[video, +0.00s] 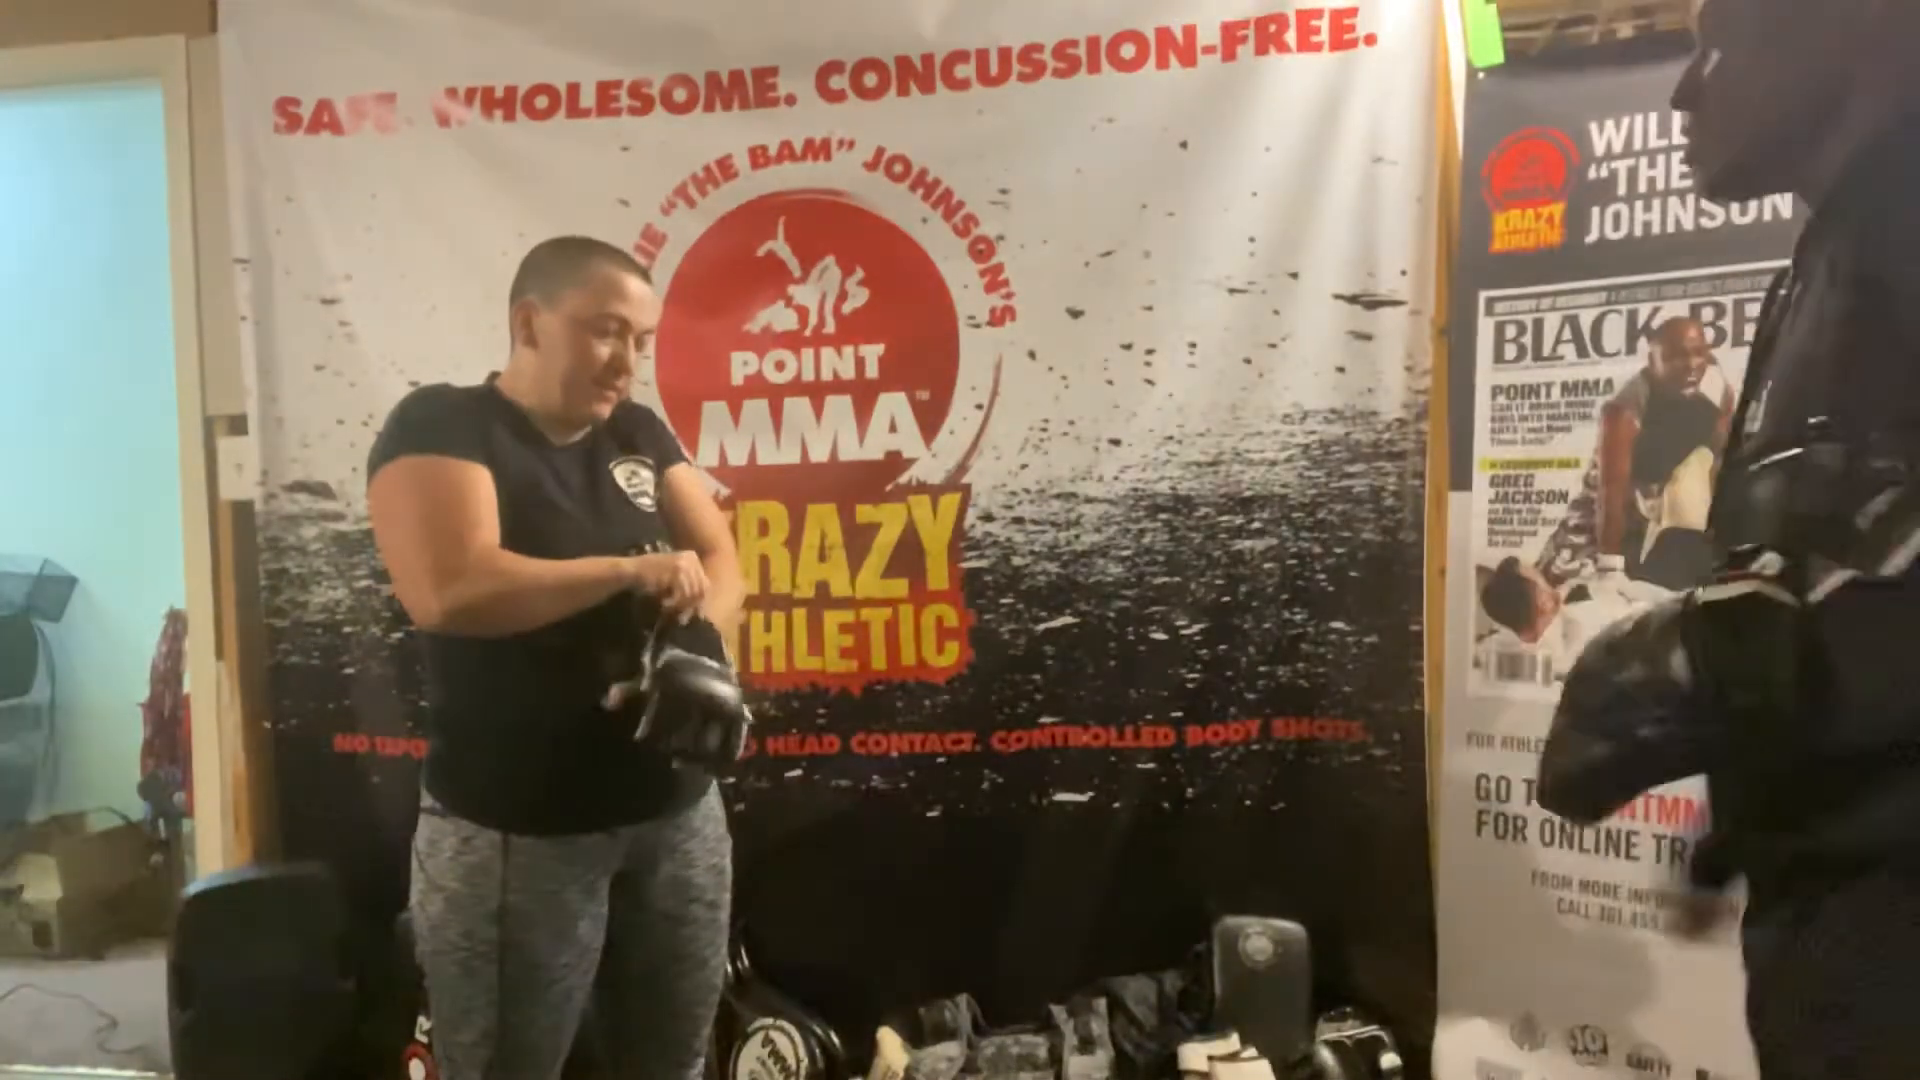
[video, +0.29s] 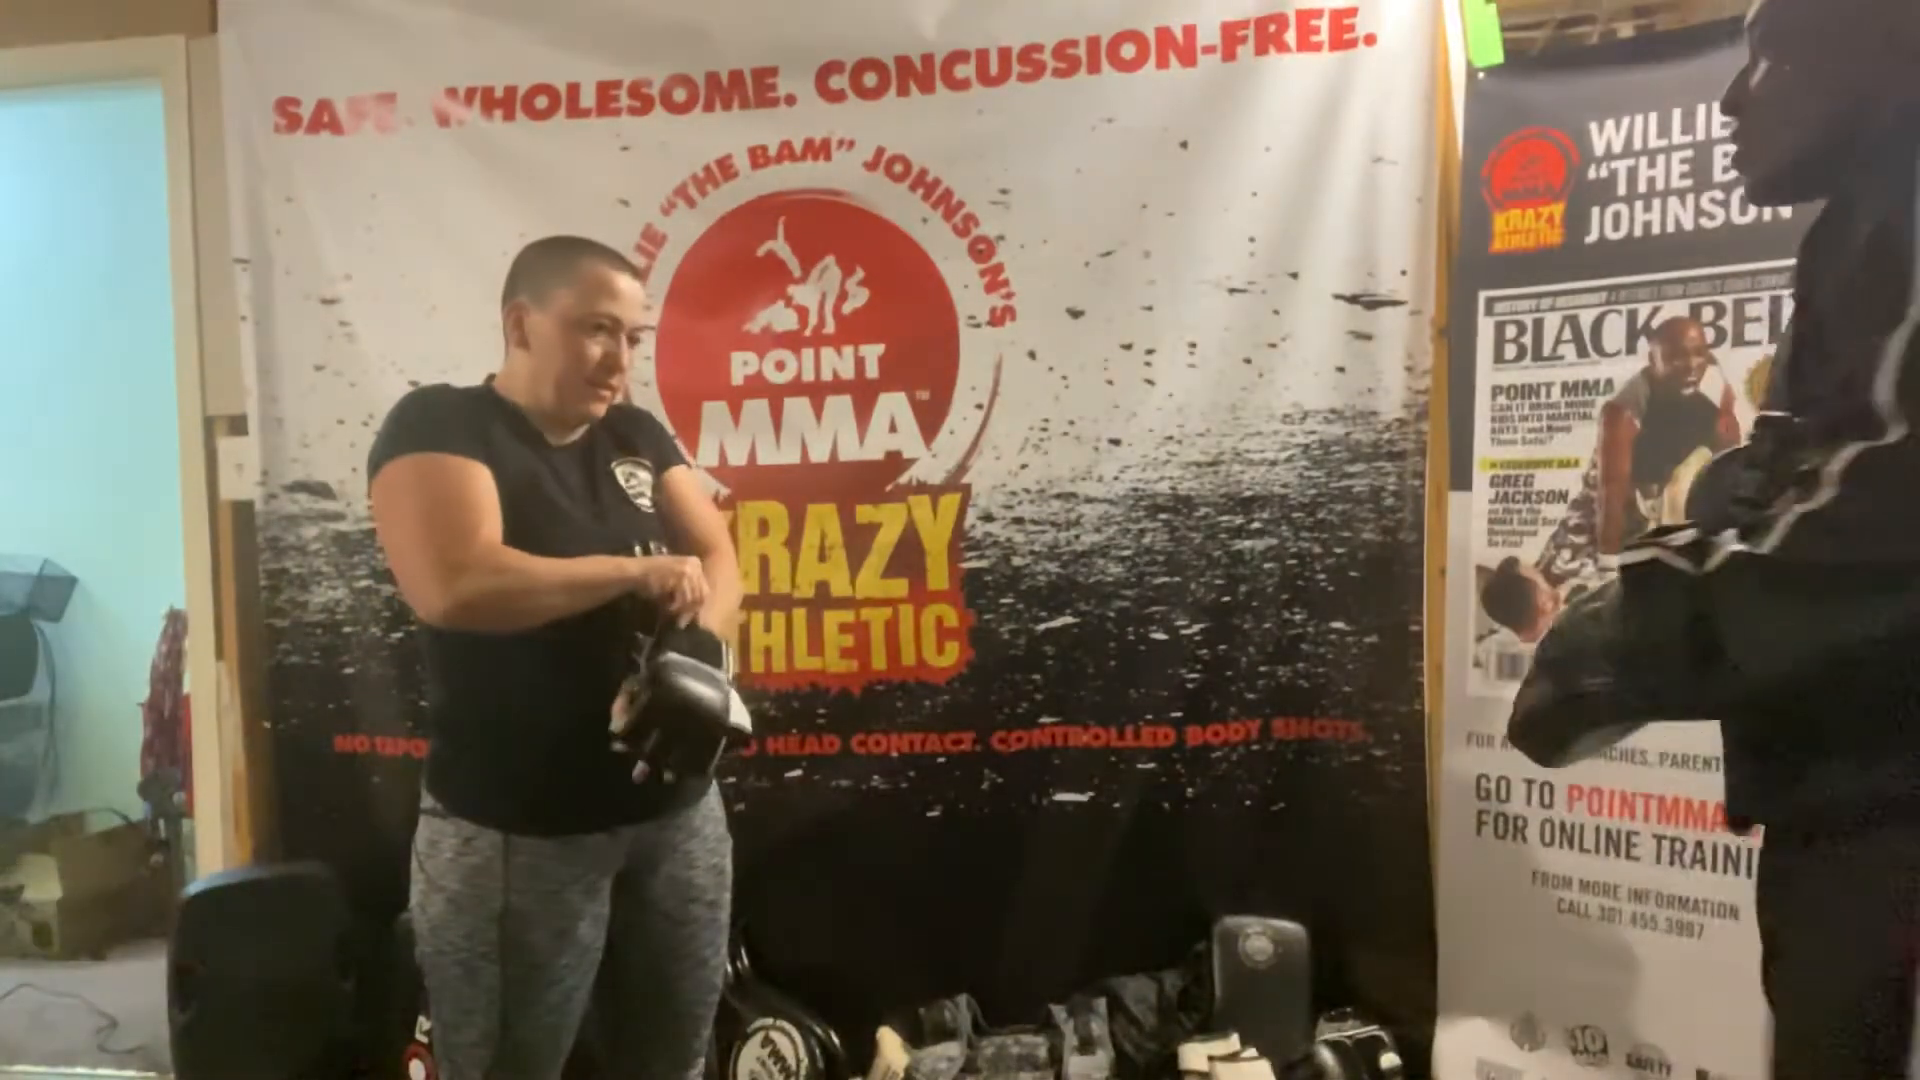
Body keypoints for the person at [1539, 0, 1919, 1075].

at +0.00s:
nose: (1685, 81)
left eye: (1716, 33)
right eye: (1694, 42)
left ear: (1864, 22)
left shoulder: (1894, 206)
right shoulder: (1836, 240)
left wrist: (1739, 669)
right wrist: (1743, 823)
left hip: (1885, 912)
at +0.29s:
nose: (1733, 92)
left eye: (1769, 49)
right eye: (1747, 58)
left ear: (1877, 49)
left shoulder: (1894, 210)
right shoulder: (1859, 221)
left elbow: (1892, 498)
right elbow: (1789, 453)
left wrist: (1612, 630)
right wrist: (1636, 602)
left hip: (1874, 792)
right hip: (1834, 788)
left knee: (1844, 1050)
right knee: (1825, 1047)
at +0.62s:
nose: (1686, 92)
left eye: (1724, 51)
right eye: (1698, 56)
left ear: (1831, 52)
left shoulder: (1881, 173)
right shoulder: (1813, 203)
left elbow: (1848, 477)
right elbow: (1728, 454)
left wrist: (1568, 629)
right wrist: (1571, 597)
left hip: (1855, 794)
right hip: (1800, 789)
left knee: (1814, 1052)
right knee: (1766, 1047)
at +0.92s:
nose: (1560, 48)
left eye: (1598, 16)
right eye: (1574, 23)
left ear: (1724, 33)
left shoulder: (1797, 199)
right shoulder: (1730, 209)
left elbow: (1780, 532)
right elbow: (1620, 479)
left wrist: (1497, 647)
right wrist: (1489, 611)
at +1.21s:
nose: (1402, 100)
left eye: (1439, 51)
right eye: (1416, 56)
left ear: (1556, 48)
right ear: (1555, 59)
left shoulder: (1619, 218)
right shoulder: (1583, 223)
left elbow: (1657, 563)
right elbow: (1525, 496)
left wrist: (1412, 684)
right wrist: (1434, 592)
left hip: (1704, 842)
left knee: (1676, 1061)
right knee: (1630, 1060)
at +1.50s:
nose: (1359, 97)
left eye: (1391, 44)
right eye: (1372, 51)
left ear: (1518, 35)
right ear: (1517, 47)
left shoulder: (1616, 209)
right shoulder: (1520, 234)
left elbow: (1674, 564)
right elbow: (1485, 540)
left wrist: (1345, 671)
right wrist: (1330, 641)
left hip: (1655, 880)